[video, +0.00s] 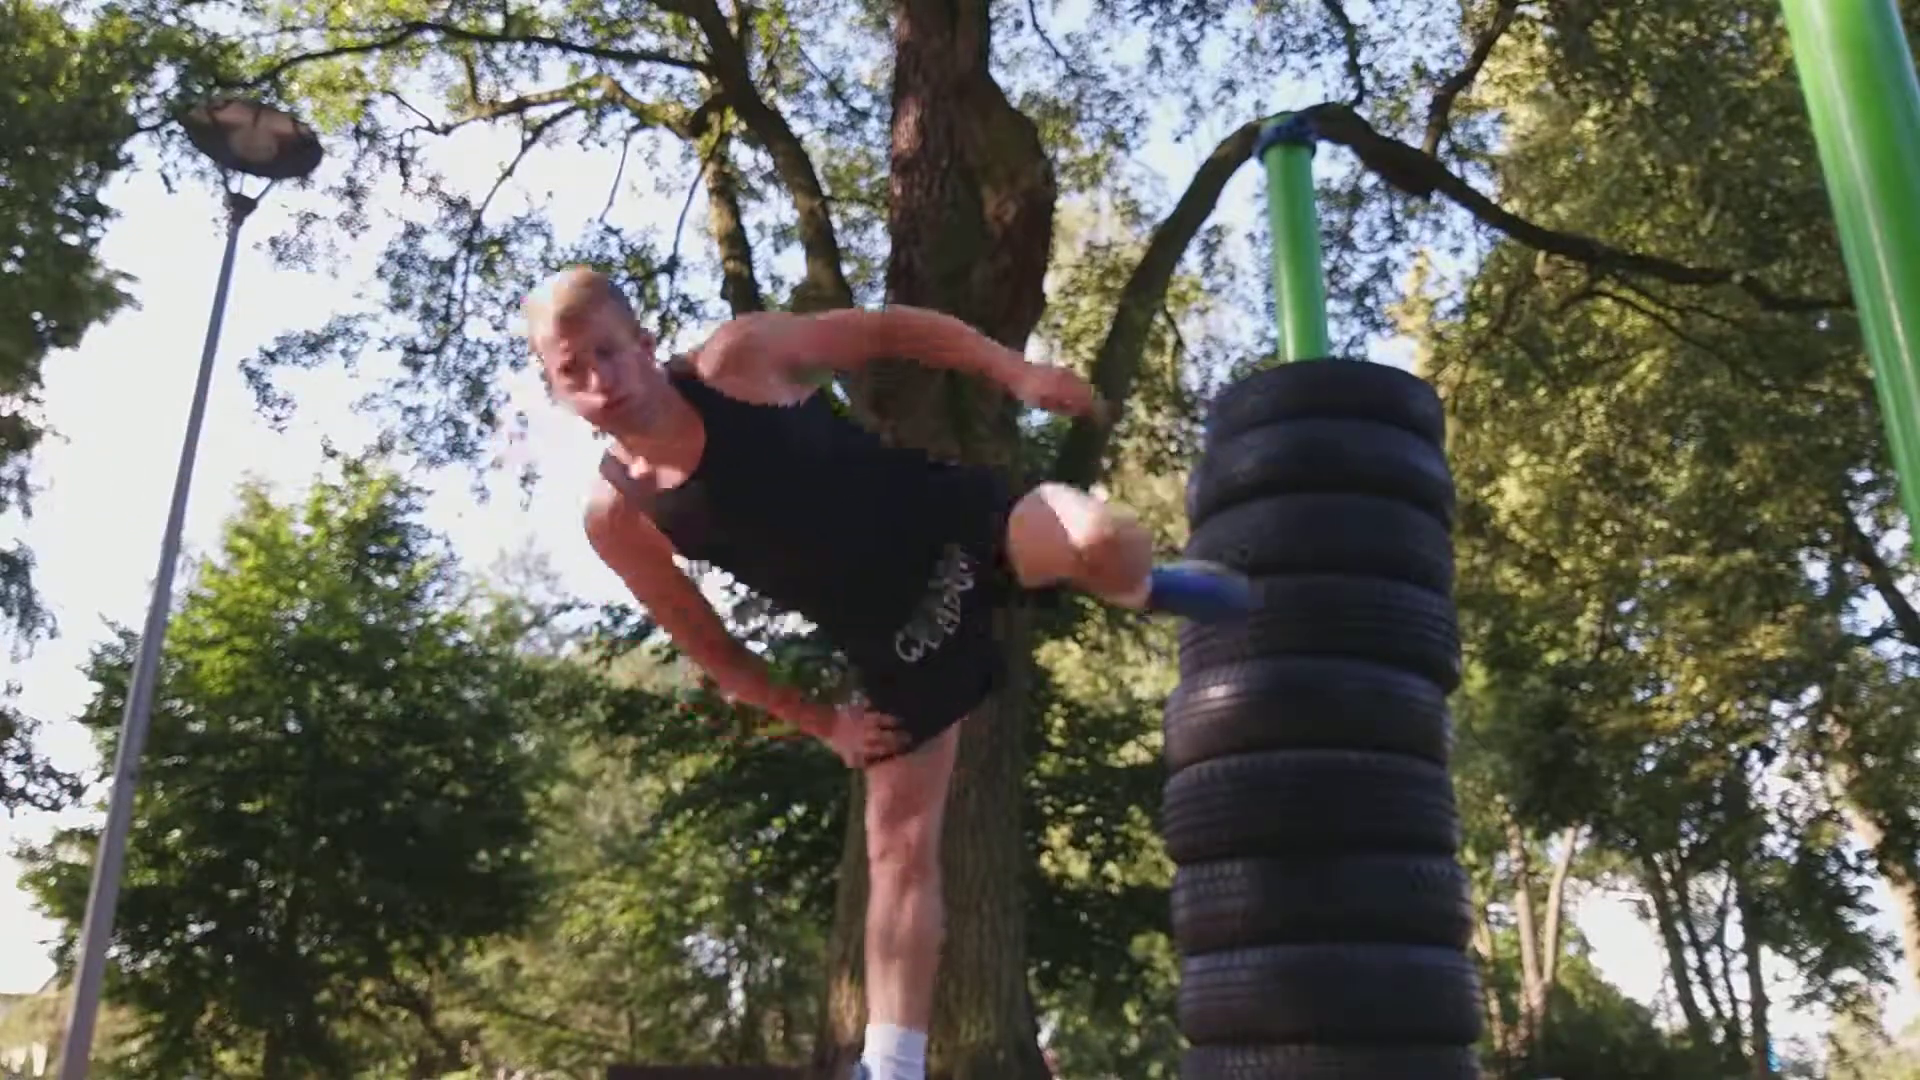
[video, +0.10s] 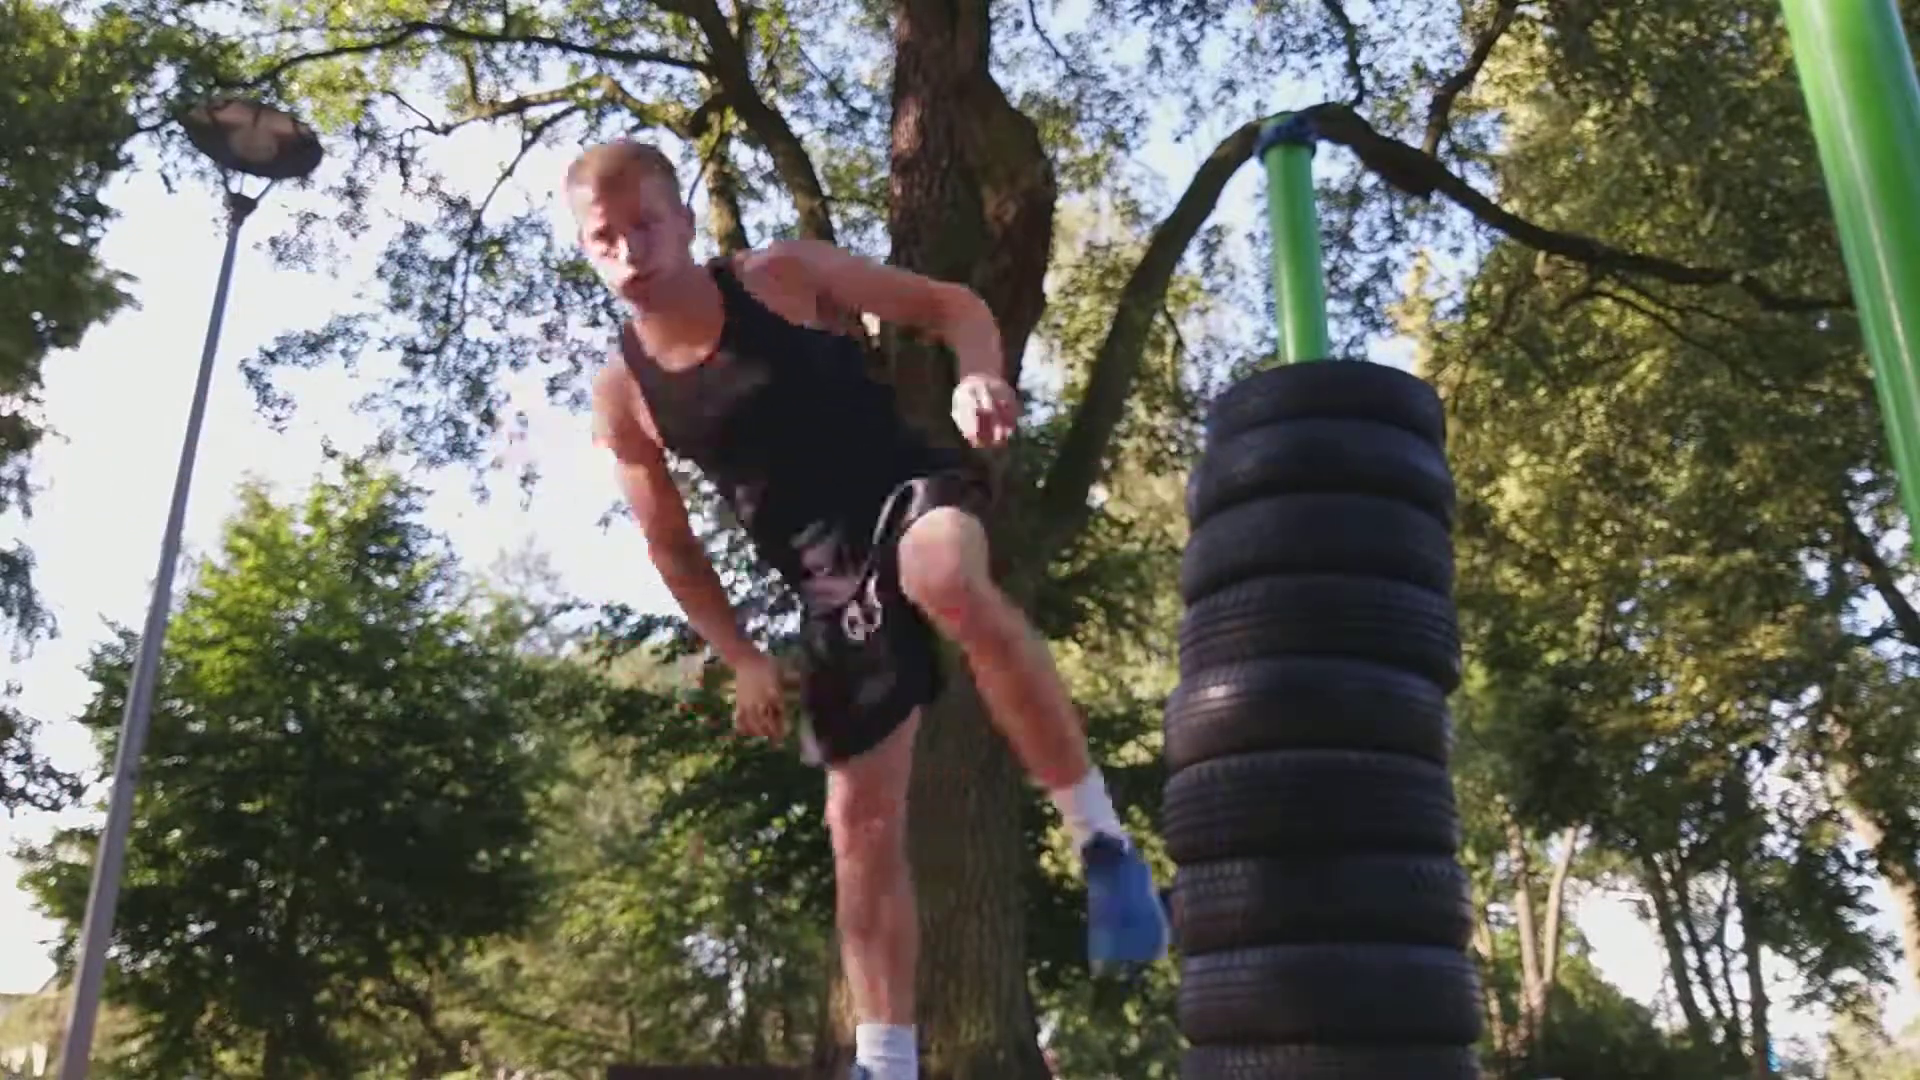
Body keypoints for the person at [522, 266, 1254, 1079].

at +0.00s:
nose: (597, 386)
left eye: (605, 356)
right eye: (571, 376)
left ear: (643, 337)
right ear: (553, 392)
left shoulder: (740, 354)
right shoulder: (618, 516)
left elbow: (892, 332)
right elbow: (712, 650)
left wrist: (1021, 373)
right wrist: (821, 722)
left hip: (953, 521)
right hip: (888, 634)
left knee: (1095, 533)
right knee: (897, 839)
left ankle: (1147, 589)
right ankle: (895, 1065)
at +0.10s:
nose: (629, 250)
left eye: (643, 224)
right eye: (606, 239)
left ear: (684, 217)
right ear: (589, 256)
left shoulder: (786, 274)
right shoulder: (625, 394)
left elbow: (955, 305)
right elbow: (671, 546)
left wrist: (980, 375)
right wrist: (742, 658)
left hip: (911, 495)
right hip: (829, 575)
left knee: (948, 585)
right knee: (859, 824)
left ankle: (1102, 842)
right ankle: (887, 1064)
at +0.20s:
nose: (666, 165)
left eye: (685, 143)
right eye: (647, 151)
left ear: (733, 145)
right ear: (631, 170)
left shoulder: (816, 234)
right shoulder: (654, 312)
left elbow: (955, 335)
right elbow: (658, 472)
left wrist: (843, 391)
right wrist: (601, 537)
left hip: (871, 511)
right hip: (772, 555)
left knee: (903, 725)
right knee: (804, 815)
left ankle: (913, 1029)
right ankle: (865, 1051)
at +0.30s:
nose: (700, 105)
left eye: (721, 84)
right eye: (682, 94)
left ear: (775, 100)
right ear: (669, 125)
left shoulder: (839, 217)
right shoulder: (686, 277)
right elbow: (679, 441)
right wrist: (529, 394)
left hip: (831, 520)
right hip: (727, 545)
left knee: (842, 722)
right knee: (680, 824)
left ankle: (883, 1047)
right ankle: (842, 1027)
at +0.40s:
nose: (727, 37)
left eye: (750, 23)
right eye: (705, 23)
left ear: (783, 58)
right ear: (672, 60)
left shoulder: (826, 162)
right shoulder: (666, 222)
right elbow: (631, 386)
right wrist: (532, 297)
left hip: (809, 495)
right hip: (686, 511)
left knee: (848, 741)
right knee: (558, 744)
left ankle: (883, 1047)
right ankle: (753, 977)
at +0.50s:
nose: (716, 16)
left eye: (736, 5)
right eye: (691, 1)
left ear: (755, 35)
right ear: (646, 29)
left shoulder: (806, 140)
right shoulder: (620, 193)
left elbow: (909, 277)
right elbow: (504, 329)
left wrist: (756, 312)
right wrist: (495, 216)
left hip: (783, 485)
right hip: (645, 490)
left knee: (836, 738)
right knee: (476, 674)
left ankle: (881, 1044)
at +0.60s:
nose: (687, 19)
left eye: (699, 8)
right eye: (658, 3)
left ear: (707, 37)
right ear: (595, 22)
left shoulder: (762, 151)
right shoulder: (539, 175)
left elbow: (883, 293)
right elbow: (399, 229)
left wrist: (863, 391)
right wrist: (537, 130)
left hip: (744, 482)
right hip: (591, 486)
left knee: (804, 723)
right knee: (435, 660)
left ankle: (877, 1048)